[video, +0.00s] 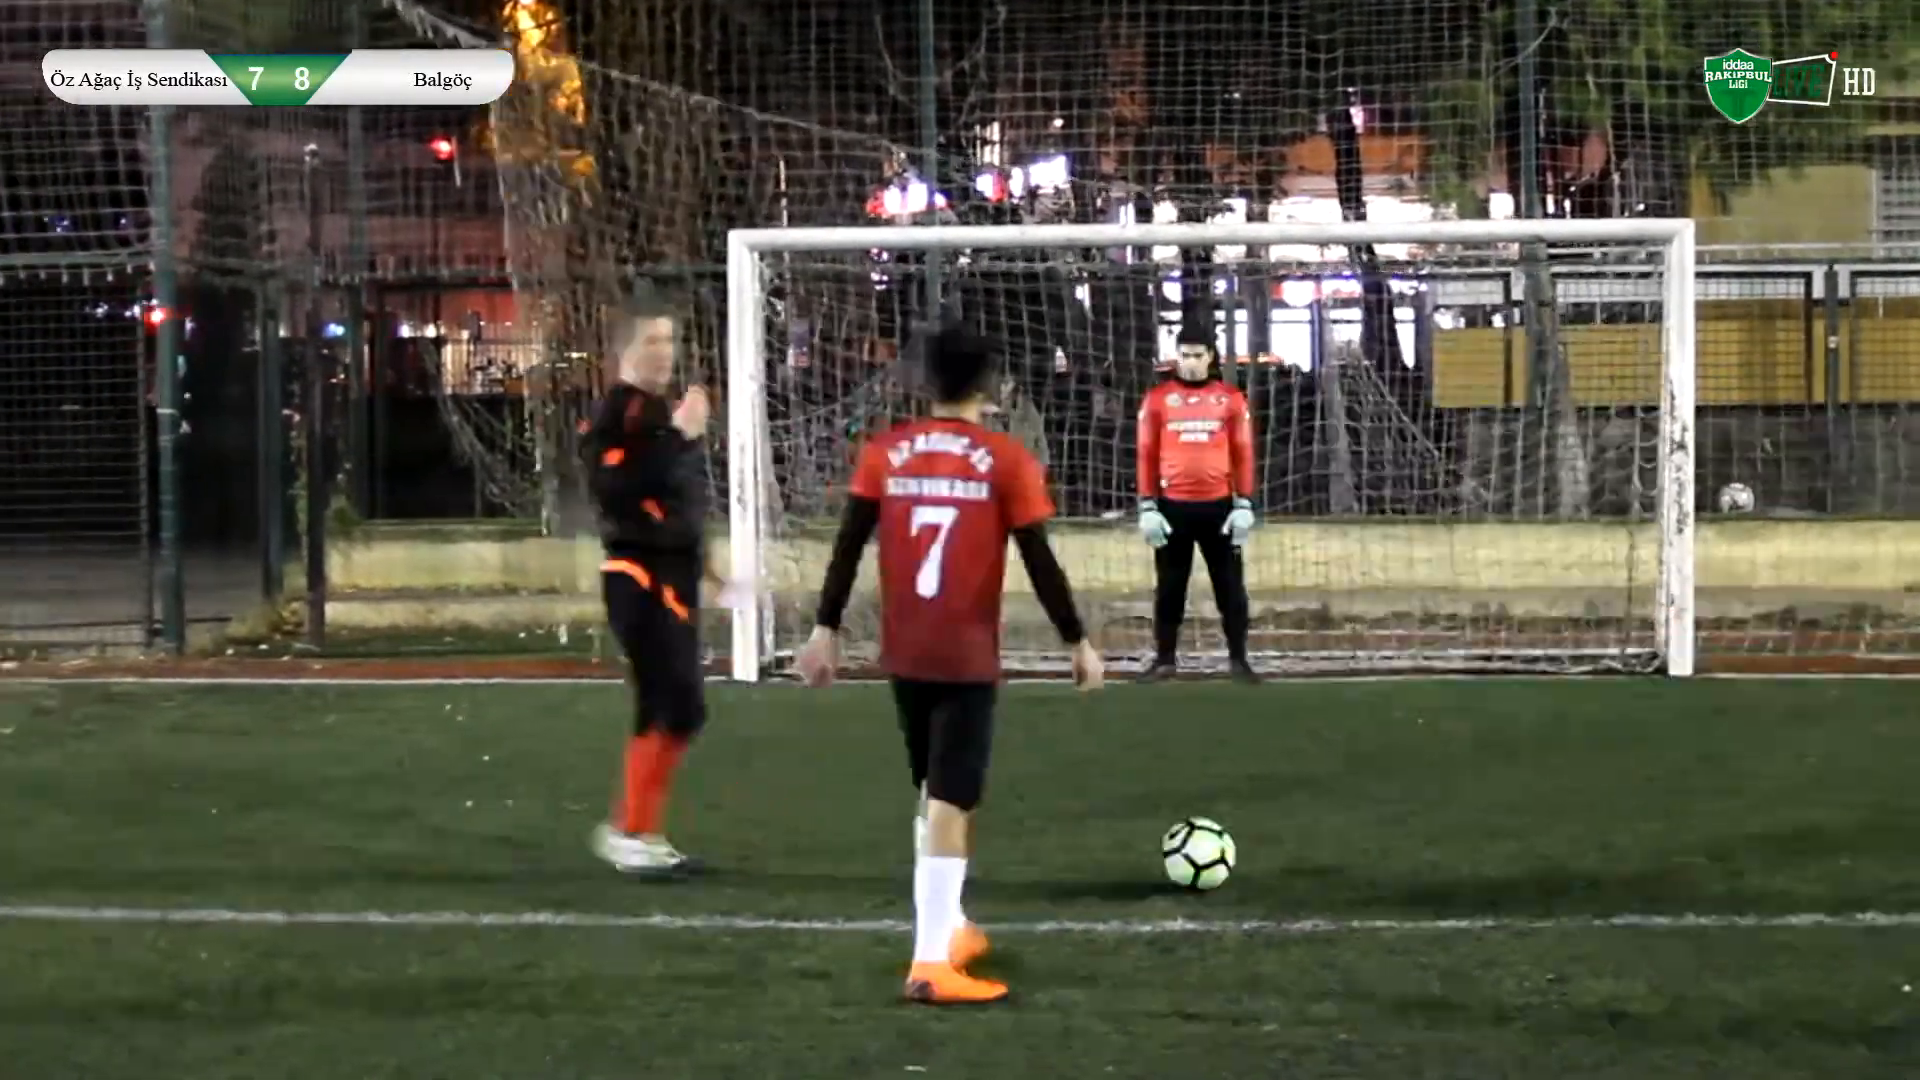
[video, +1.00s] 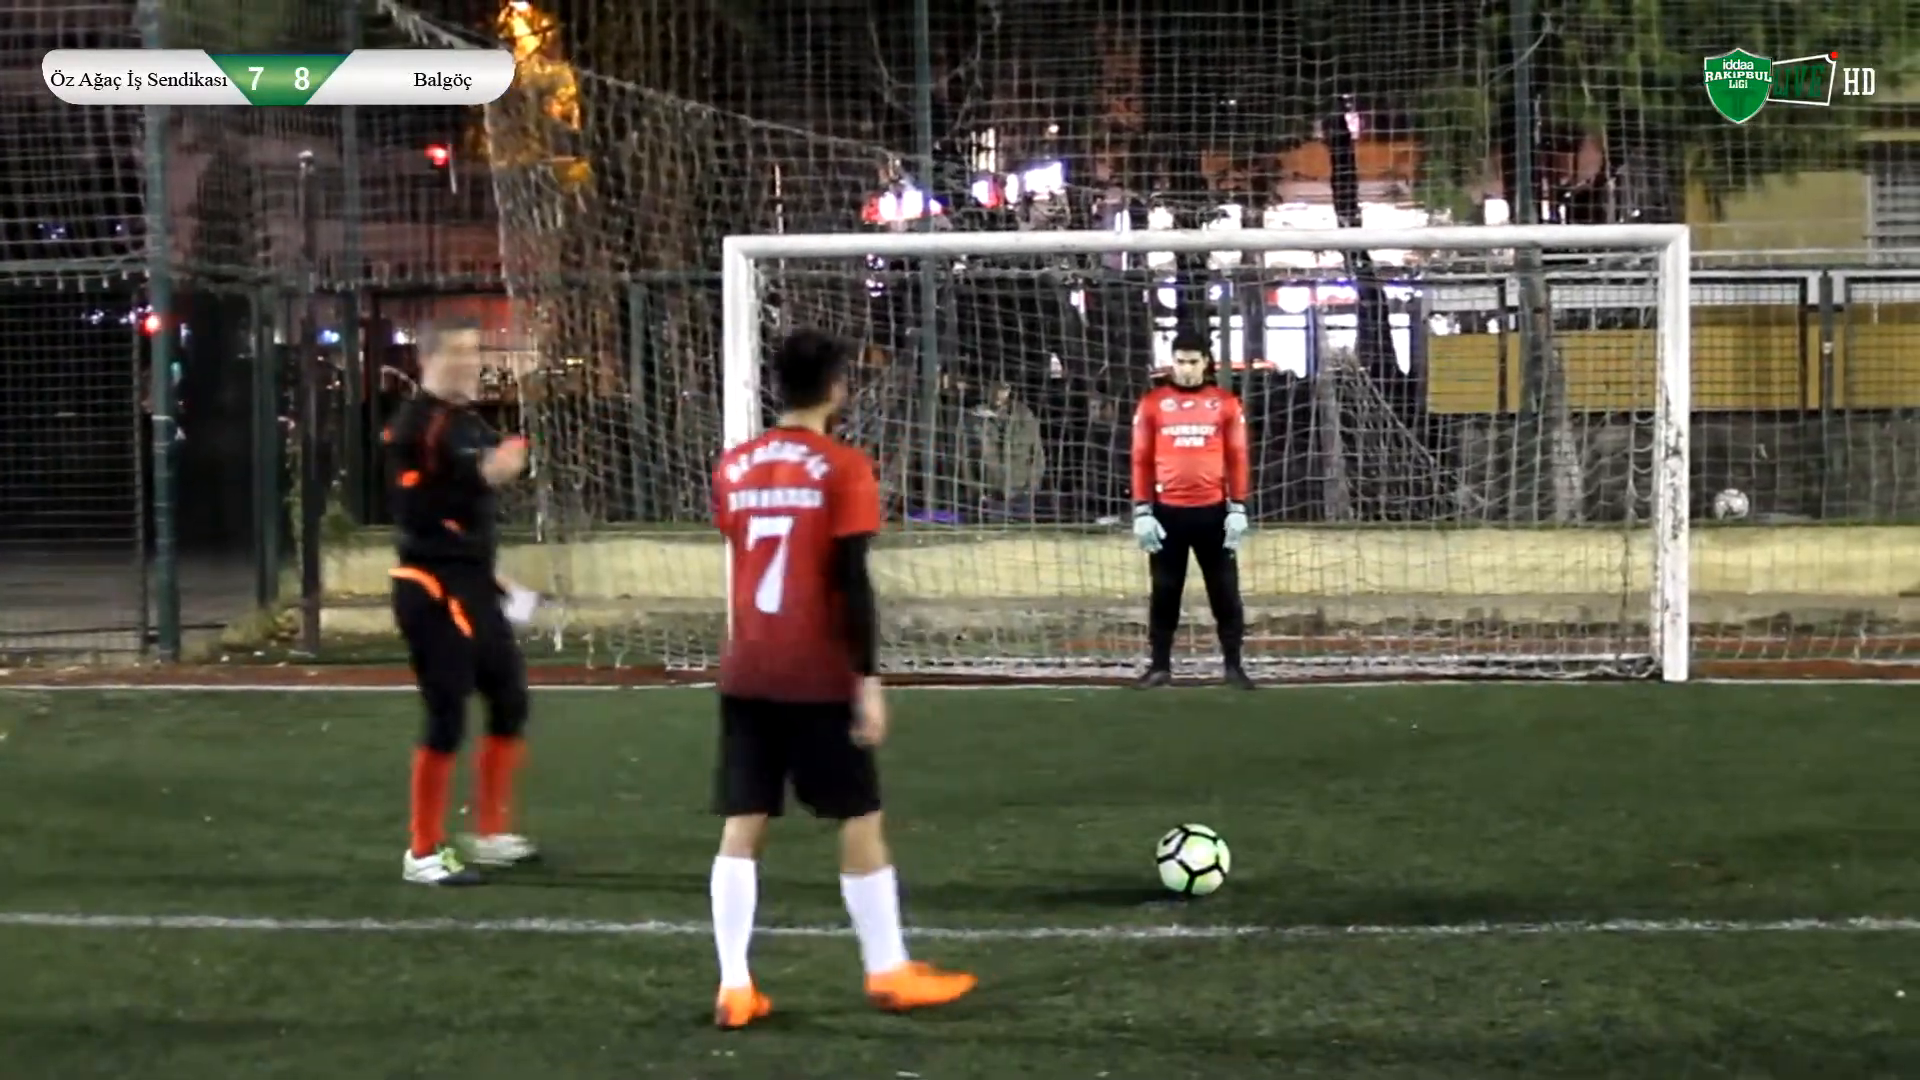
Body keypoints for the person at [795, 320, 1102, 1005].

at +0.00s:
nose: (985, 386)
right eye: (986, 375)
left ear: (926, 380)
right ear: (985, 381)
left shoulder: (886, 449)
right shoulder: (1006, 458)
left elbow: (849, 543)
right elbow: (1040, 562)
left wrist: (825, 627)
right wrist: (1077, 639)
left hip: (904, 651)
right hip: (968, 655)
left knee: (932, 786)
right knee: (952, 800)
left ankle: (946, 924)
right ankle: (930, 957)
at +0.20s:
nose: (962, 380)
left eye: (930, 367)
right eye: (970, 370)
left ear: (913, 374)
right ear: (973, 375)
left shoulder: (871, 447)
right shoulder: (995, 450)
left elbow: (841, 549)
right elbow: (1024, 556)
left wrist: (831, 635)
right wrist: (1060, 638)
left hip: (890, 652)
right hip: (956, 655)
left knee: (912, 777)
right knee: (946, 804)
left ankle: (886, 928)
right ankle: (935, 960)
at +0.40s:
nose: (946, 377)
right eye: (945, 367)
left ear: (884, 372)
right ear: (943, 373)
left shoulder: (846, 450)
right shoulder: (965, 448)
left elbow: (835, 554)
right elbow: (990, 553)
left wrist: (845, 631)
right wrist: (1022, 643)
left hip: (867, 650)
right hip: (938, 655)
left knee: (872, 789)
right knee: (934, 807)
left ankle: (811, 927)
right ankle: (933, 965)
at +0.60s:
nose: (912, 382)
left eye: (905, 370)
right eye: (910, 373)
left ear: (844, 379)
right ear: (903, 380)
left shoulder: (805, 460)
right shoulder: (922, 460)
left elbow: (819, 541)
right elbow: (938, 562)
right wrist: (971, 656)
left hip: (830, 668)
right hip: (904, 669)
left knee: (812, 803)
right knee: (915, 813)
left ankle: (752, 950)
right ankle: (926, 967)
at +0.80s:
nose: (872, 392)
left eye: (868, 381)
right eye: (871, 383)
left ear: (804, 387)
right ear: (859, 389)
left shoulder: (764, 464)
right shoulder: (872, 463)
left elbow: (782, 552)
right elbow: (885, 570)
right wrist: (917, 670)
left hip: (778, 674)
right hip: (855, 676)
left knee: (765, 814)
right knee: (885, 817)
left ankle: (736, 981)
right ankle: (917, 969)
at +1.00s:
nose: (848, 393)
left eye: (846, 381)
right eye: (847, 383)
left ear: (779, 386)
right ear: (834, 388)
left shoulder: (734, 466)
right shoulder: (845, 466)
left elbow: (735, 542)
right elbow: (850, 572)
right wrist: (868, 674)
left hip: (747, 675)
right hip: (821, 676)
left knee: (743, 820)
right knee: (860, 817)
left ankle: (733, 985)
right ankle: (888, 967)